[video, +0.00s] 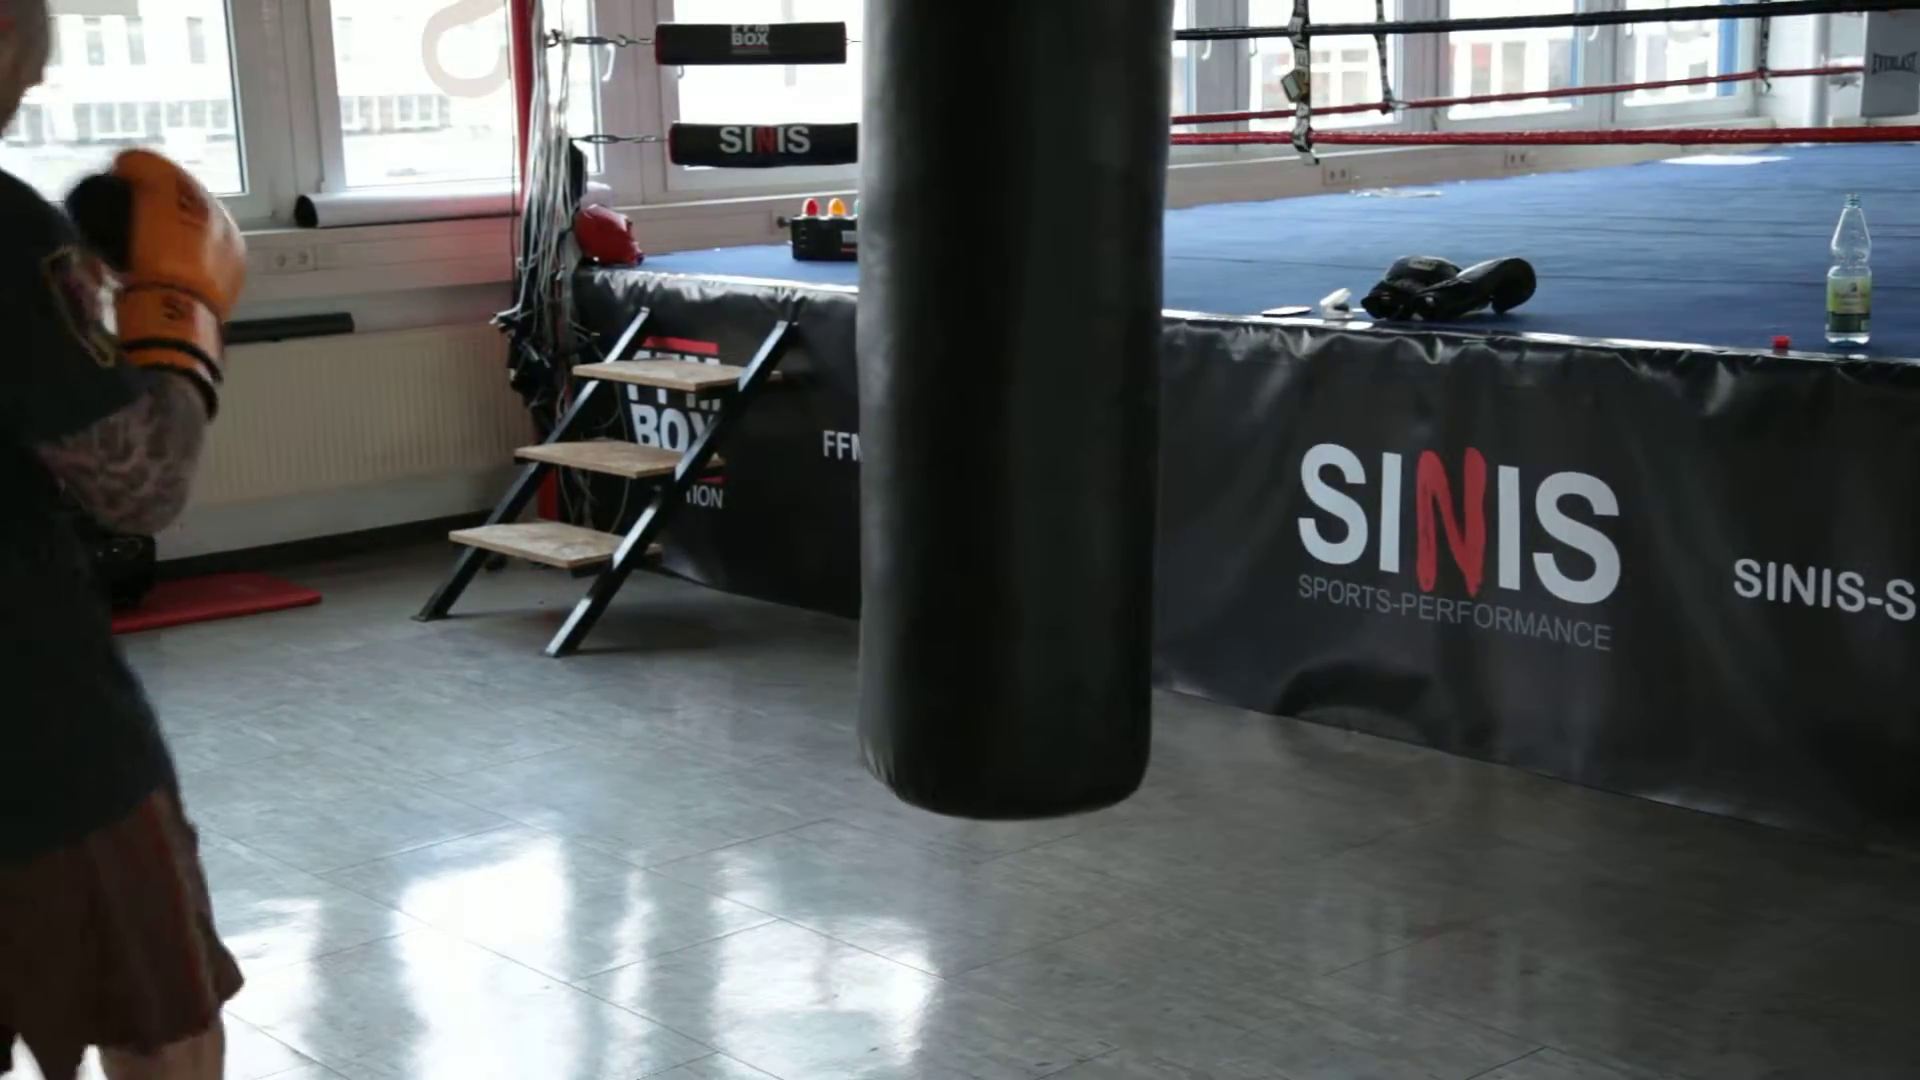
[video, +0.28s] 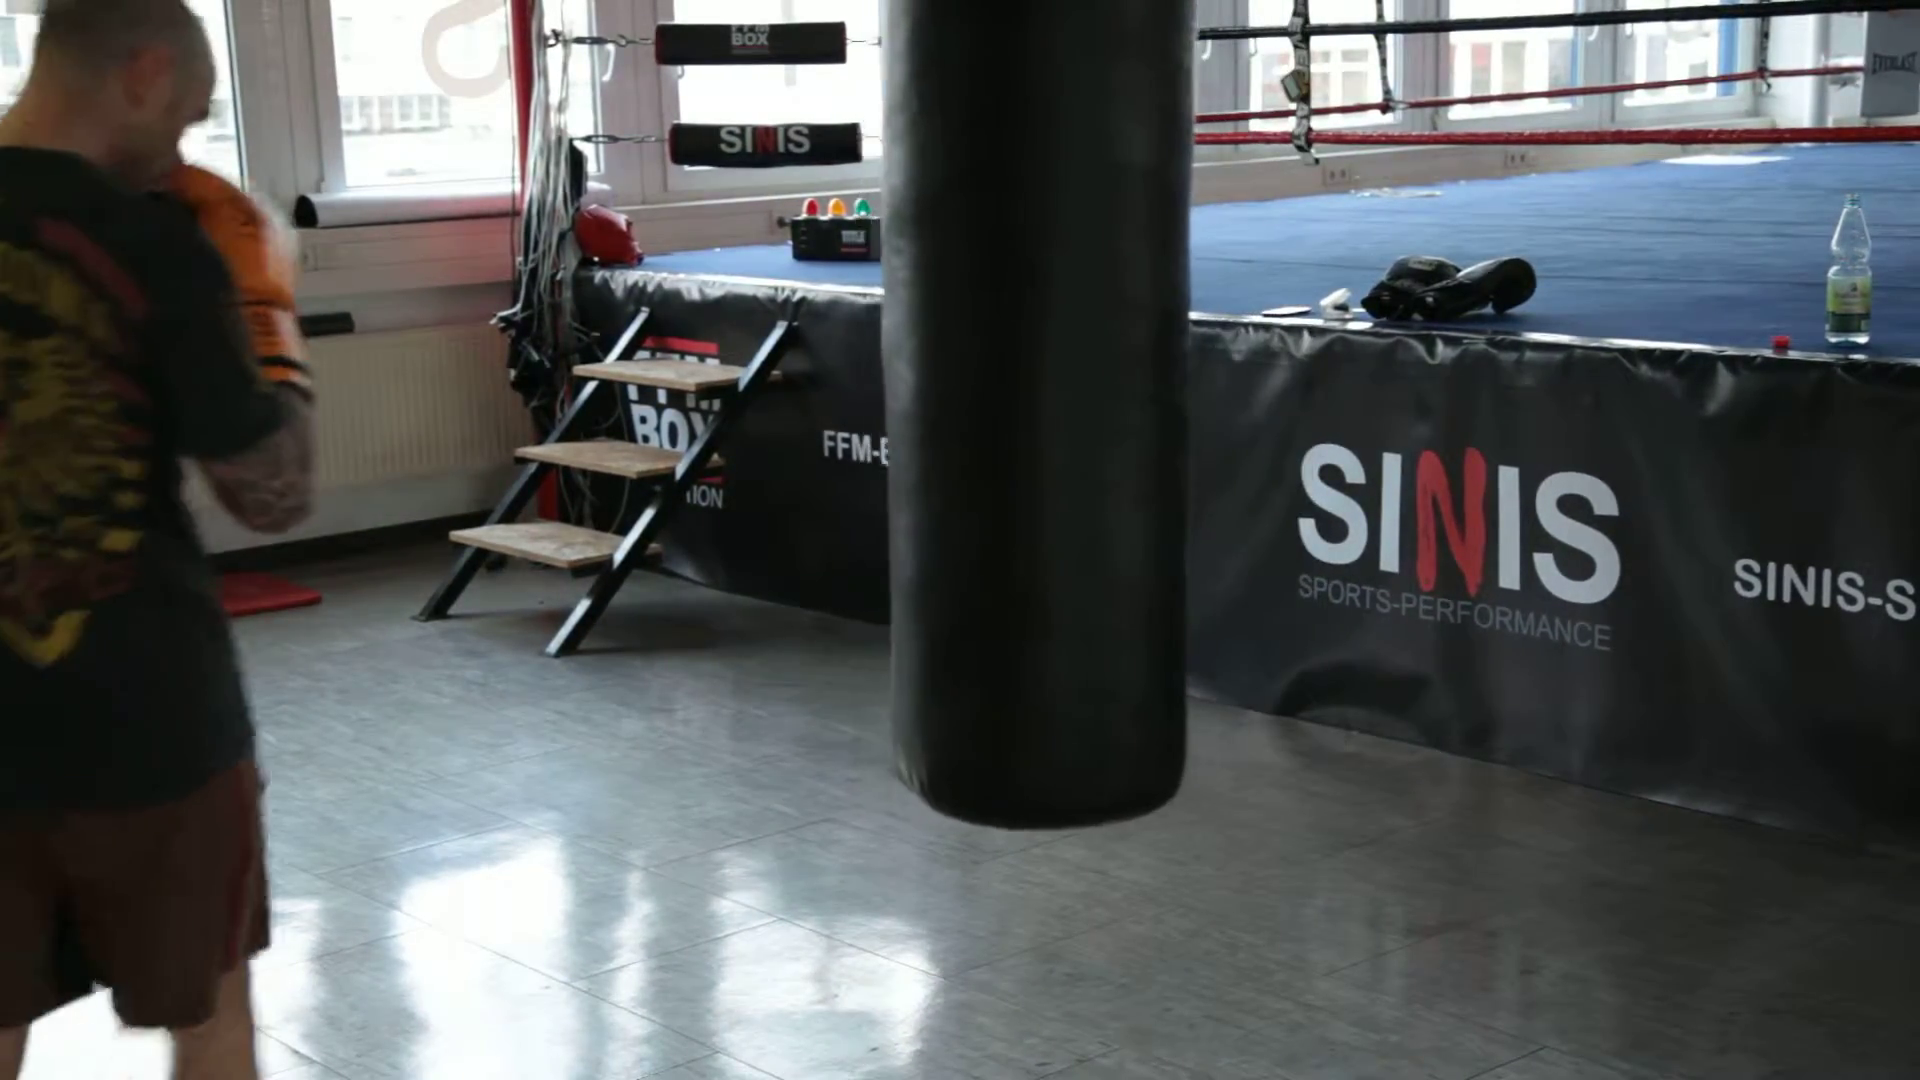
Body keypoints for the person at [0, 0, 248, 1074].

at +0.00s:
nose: (40, 59)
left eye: (38, 38)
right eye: (34, 34)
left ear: (12, 40)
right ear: (4, 29)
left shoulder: (16, 222)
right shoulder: (7, 226)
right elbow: (134, 485)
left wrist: (74, 333)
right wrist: (177, 303)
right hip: (45, 711)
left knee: (58, 1034)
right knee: (167, 1040)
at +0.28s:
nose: (180, 155)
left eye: (190, 128)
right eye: (184, 120)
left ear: (47, 66)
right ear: (141, 76)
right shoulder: (145, 236)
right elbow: (266, 485)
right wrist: (269, 298)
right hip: (130, 685)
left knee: (3, 1019)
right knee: (209, 1006)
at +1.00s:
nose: (441, 81)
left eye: (444, 56)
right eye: (424, 56)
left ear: (340, 46)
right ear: (339, 44)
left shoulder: (247, 172)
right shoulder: (284, 190)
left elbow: (321, 385)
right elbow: (308, 425)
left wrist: (452, 342)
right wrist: (455, 355)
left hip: (321, 593)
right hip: (337, 612)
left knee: (391, 834)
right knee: (335, 919)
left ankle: (461, 1029)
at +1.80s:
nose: (449, 30)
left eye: (459, 13)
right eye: (429, 10)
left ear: (462, 19)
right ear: (355, 6)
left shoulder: (476, 134)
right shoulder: (249, 145)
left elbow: (535, 308)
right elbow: (188, 323)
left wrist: (550, 259)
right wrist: (292, 290)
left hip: (478, 497)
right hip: (336, 509)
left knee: (526, 760)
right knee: (312, 780)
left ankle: (545, 998)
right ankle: (295, 1003)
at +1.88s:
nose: (443, 71)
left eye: (450, 47)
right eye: (426, 47)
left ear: (448, 36)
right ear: (349, 23)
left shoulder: (461, 147)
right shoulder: (224, 158)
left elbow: (544, 318)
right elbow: (154, 336)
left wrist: (538, 222)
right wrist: (247, 302)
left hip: (452, 516)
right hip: (306, 530)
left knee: (525, 782)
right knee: (291, 794)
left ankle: (539, 1004)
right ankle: (284, 1008)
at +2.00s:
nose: (420, 114)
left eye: (433, 95)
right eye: (406, 94)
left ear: (440, 83)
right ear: (334, 66)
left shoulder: (429, 179)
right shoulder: (202, 194)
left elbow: (515, 339)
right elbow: (134, 375)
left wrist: (474, 226)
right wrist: (243, 332)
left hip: (428, 546)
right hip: (280, 563)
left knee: (529, 792)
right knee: (281, 812)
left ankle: (529, 999)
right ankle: (288, 1015)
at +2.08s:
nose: (407, 119)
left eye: (419, 98)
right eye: (392, 96)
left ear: (427, 78)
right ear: (318, 64)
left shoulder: (422, 184)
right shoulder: (189, 193)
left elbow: (483, 365)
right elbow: (145, 376)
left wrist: (439, 281)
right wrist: (255, 337)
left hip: (426, 537)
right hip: (278, 555)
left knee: (521, 788)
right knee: (277, 808)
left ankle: (525, 1004)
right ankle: (288, 1016)